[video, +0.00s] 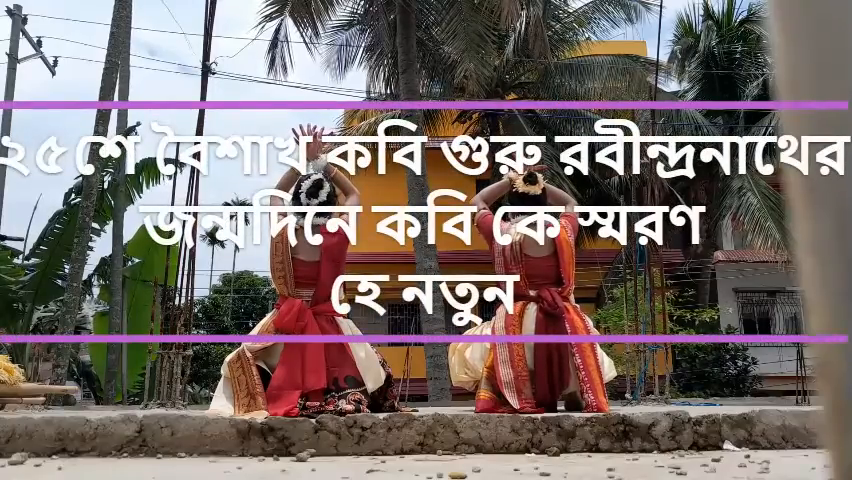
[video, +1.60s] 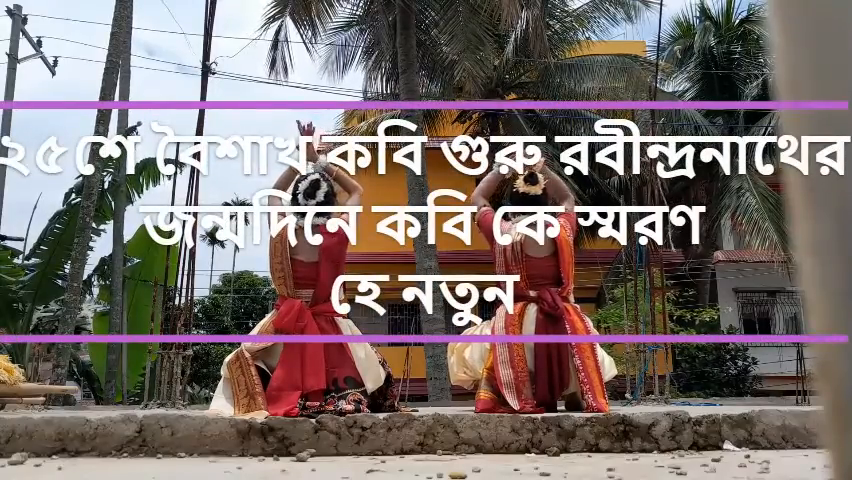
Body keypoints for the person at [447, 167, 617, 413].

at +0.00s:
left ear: (511, 211)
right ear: (543, 207)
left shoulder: (502, 234)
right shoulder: (562, 232)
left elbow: (479, 201)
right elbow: (569, 202)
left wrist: (508, 182)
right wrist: (542, 186)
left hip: (518, 318)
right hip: (561, 317)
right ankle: (573, 391)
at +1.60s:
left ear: (509, 202)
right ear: (545, 201)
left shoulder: (501, 231)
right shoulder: (562, 228)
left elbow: (479, 197)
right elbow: (566, 198)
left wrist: (502, 168)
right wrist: (542, 170)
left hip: (516, 321)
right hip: (561, 319)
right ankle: (576, 394)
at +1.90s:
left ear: (508, 200)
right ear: (545, 198)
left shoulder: (500, 232)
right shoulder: (562, 228)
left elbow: (472, 200)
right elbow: (577, 198)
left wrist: (493, 169)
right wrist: (547, 168)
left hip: (514, 322)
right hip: (560, 321)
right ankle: (575, 394)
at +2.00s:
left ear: (509, 203)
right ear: (546, 200)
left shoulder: (500, 233)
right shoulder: (562, 229)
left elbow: (469, 202)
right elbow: (582, 201)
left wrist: (490, 173)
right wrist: (551, 175)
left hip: (513, 321)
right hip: (559, 320)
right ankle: (575, 395)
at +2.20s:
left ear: (514, 207)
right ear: (546, 207)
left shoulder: (501, 233)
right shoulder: (564, 232)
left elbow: (462, 219)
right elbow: (595, 209)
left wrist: (467, 184)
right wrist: (568, 180)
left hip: (514, 316)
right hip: (559, 315)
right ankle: (579, 397)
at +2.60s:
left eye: (511, 206)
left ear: (510, 208)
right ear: (544, 207)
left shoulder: (494, 237)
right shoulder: (567, 236)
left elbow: (445, 237)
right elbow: (613, 232)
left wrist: (435, 208)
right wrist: (601, 200)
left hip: (511, 324)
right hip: (561, 322)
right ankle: (575, 395)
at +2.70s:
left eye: (507, 208)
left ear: (509, 210)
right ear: (545, 208)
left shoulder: (495, 238)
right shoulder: (568, 237)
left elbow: (443, 241)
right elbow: (614, 234)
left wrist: (430, 204)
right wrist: (606, 198)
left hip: (512, 324)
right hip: (561, 322)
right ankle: (577, 402)